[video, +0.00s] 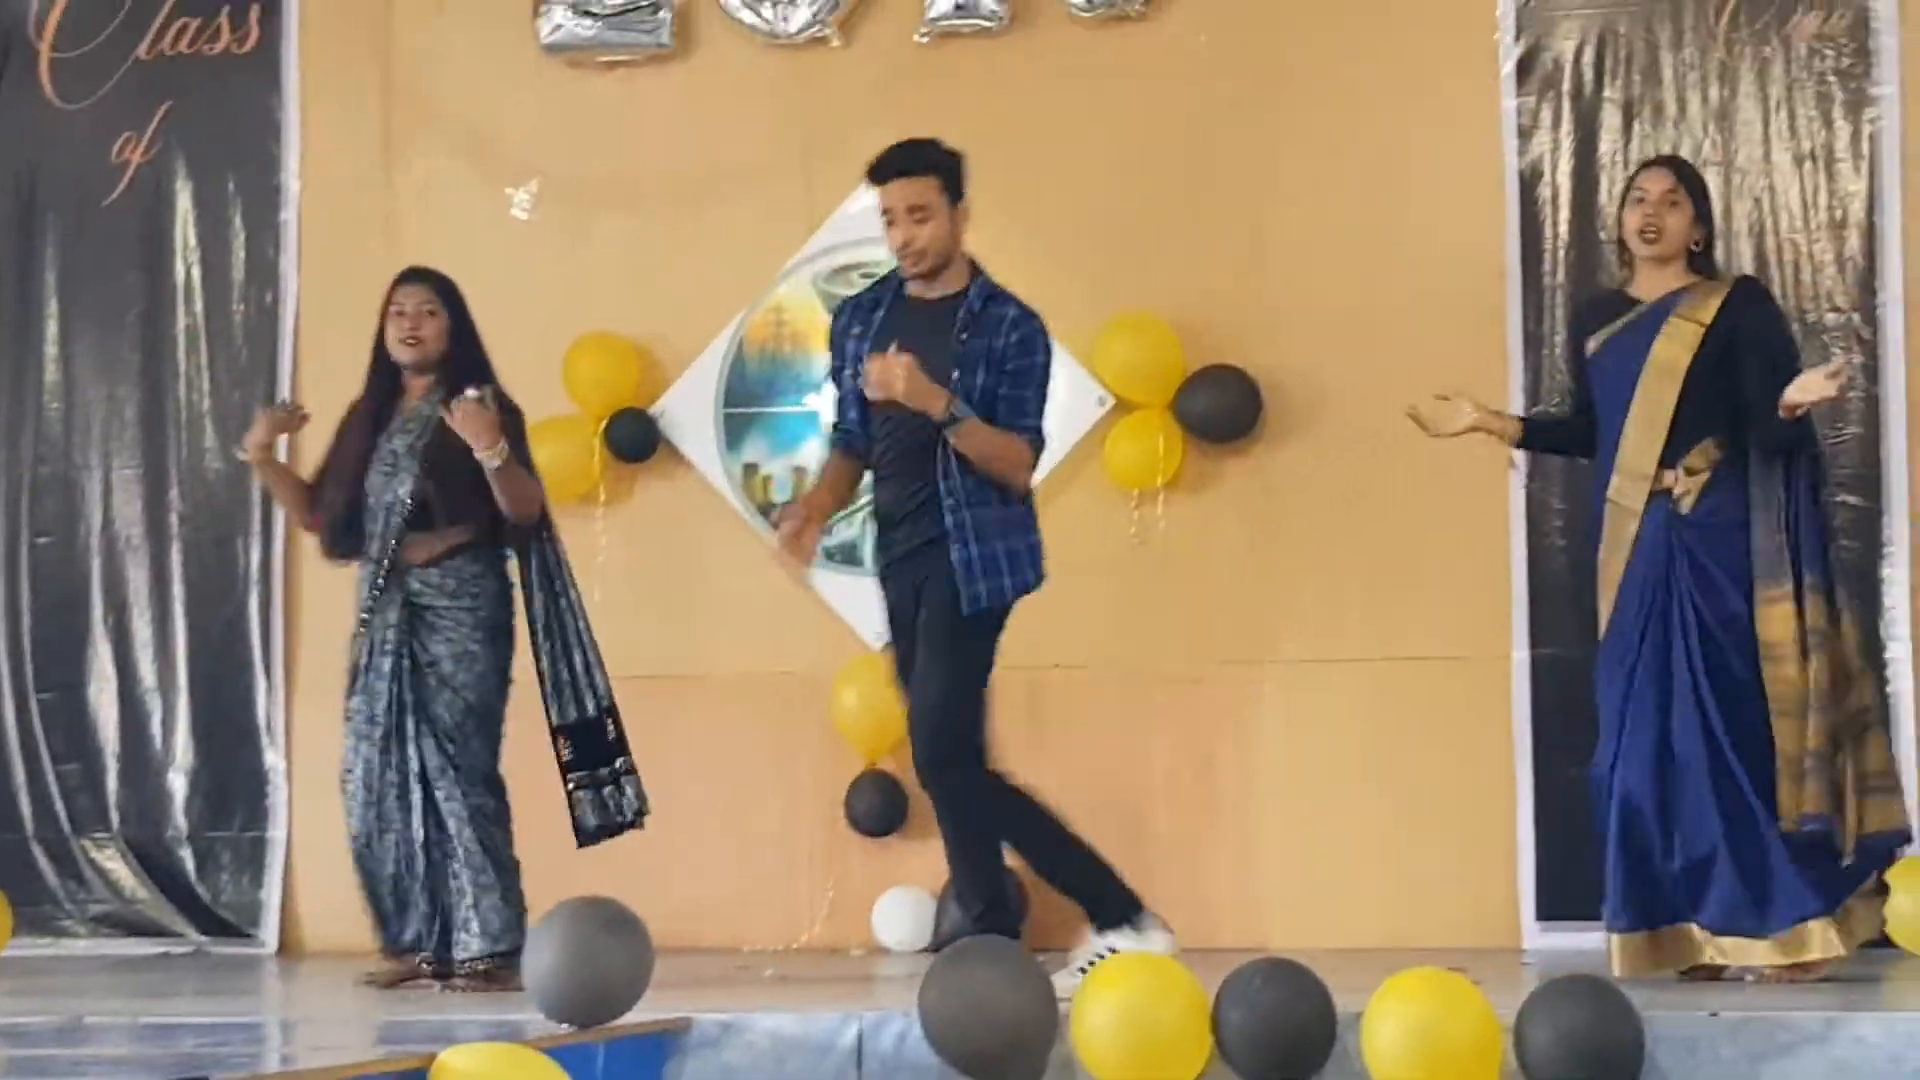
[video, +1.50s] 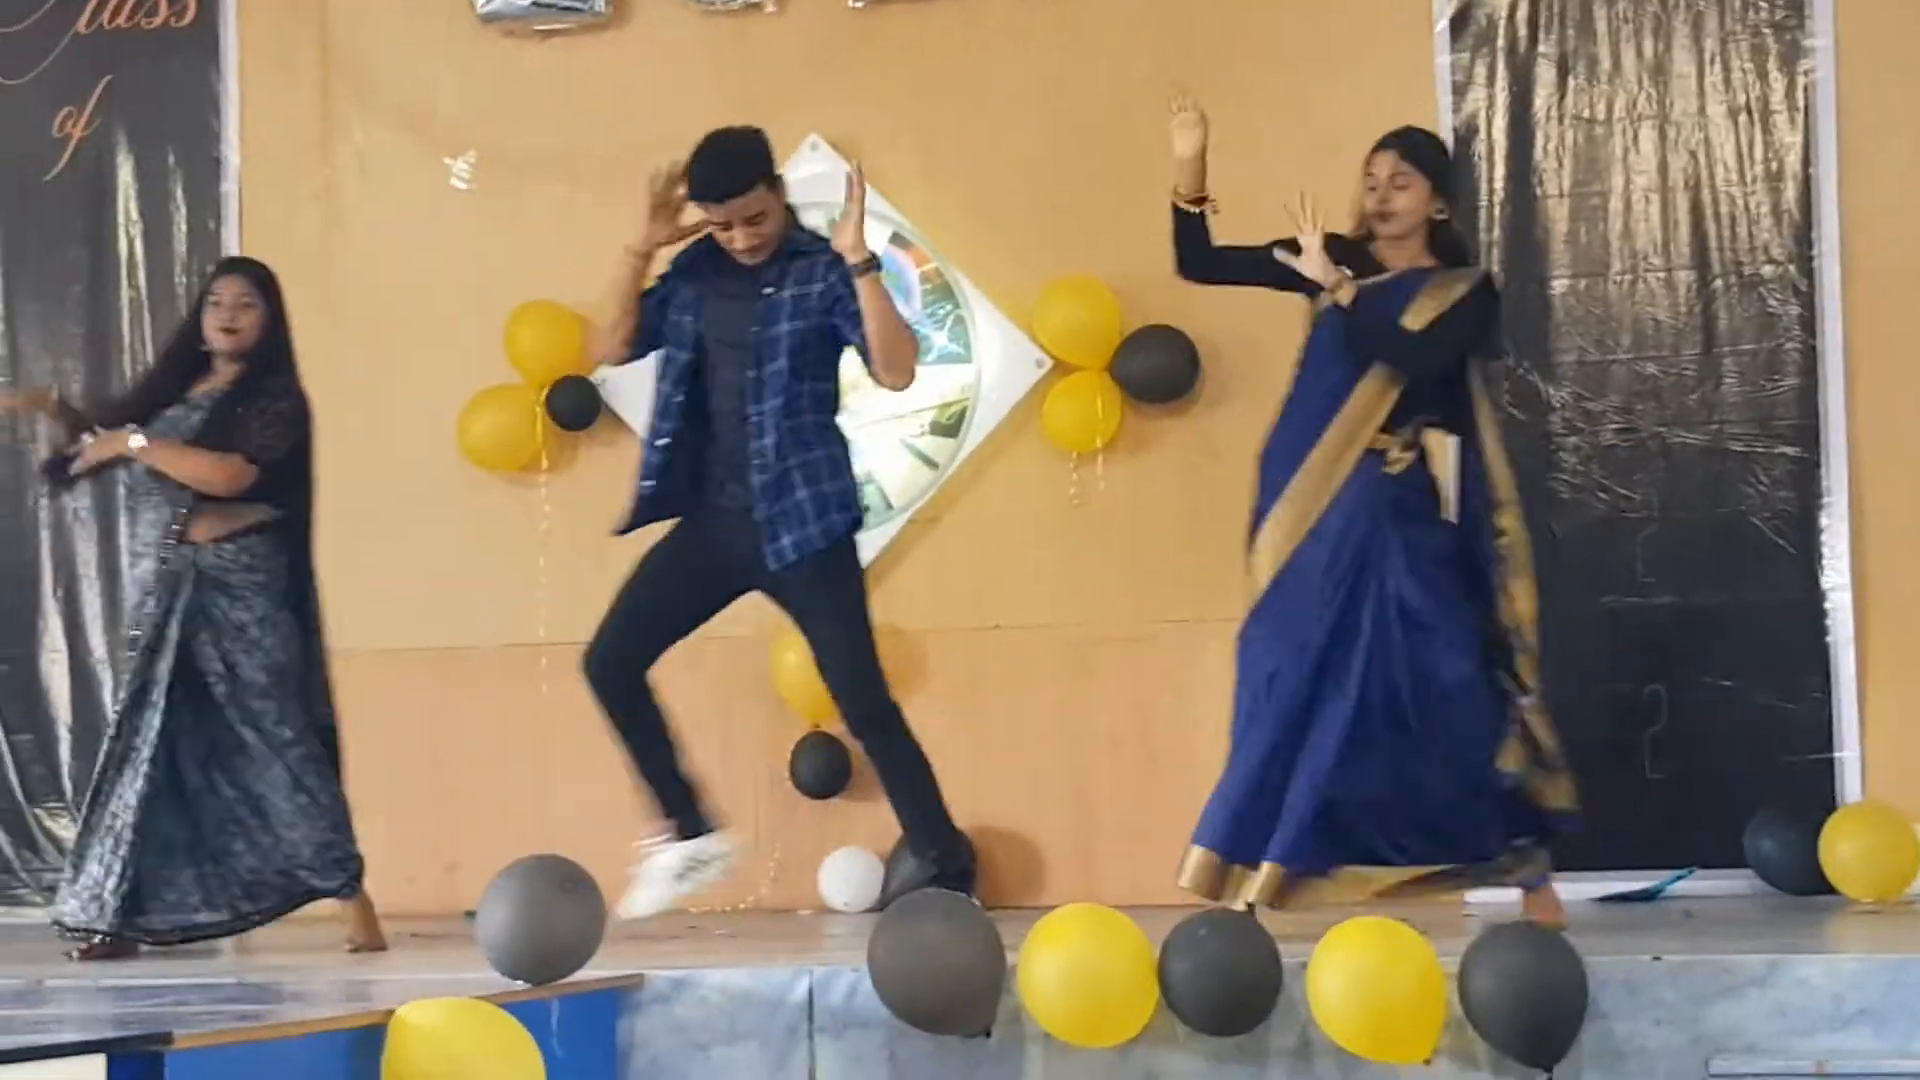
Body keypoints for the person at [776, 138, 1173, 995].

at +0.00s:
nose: (902, 233)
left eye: (918, 214)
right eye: (889, 218)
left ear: (960, 213)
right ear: (880, 223)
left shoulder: (1009, 325)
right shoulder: (862, 320)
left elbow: (1020, 461)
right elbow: (852, 444)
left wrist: (930, 397)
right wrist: (811, 510)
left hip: (976, 549)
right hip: (899, 557)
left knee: (942, 752)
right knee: (953, 767)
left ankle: (987, 949)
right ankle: (1124, 919)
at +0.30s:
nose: (719, 292)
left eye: (732, 272)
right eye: (699, 279)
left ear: (755, 247)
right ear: (676, 269)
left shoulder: (820, 313)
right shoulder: (667, 348)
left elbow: (899, 434)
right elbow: (669, 465)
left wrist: (862, 448)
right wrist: (617, 493)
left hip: (816, 575)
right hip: (721, 577)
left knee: (849, 763)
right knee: (628, 751)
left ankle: (922, 936)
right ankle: (568, 934)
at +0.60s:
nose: (576, 282)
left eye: (589, 264)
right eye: (556, 268)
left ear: (608, 244)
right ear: (530, 256)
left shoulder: (660, 300)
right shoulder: (506, 309)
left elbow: (777, 374)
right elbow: (404, 385)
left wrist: (760, 296)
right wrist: (452, 288)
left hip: (663, 556)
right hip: (564, 561)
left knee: (701, 706)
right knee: (515, 744)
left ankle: (763, 872)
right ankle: (482, 936)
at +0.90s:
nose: (546, 259)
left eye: (557, 240)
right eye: (527, 246)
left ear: (574, 224)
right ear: (496, 241)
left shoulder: (625, 285)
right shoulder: (469, 312)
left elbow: (748, 338)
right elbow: (366, 396)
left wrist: (691, 257)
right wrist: (405, 290)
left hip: (613, 549)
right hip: (515, 552)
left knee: (604, 729)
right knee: (486, 740)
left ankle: (590, 898)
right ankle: (475, 922)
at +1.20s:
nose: (640, 236)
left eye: (645, 218)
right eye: (623, 222)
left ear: (650, 209)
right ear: (573, 218)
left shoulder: (674, 295)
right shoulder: (518, 303)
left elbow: (768, 401)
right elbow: (435, 412)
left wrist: (748, 315)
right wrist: (447, 335)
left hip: (667, 549)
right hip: (570, 554)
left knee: (732, 707)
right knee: (519, 732)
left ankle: (846, 868)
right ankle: (488, 917)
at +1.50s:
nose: (741, 237)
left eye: (756, 218)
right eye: (724, 224)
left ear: (781, 196)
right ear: (703, 215)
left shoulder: (826, 270)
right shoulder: (693, 275)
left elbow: (897, 368)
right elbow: (616, 349)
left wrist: (860, 261)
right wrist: (642, 251)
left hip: (804, 527)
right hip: (714, 527)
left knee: (864, 706)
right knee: (611, 663)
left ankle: (948, 871)